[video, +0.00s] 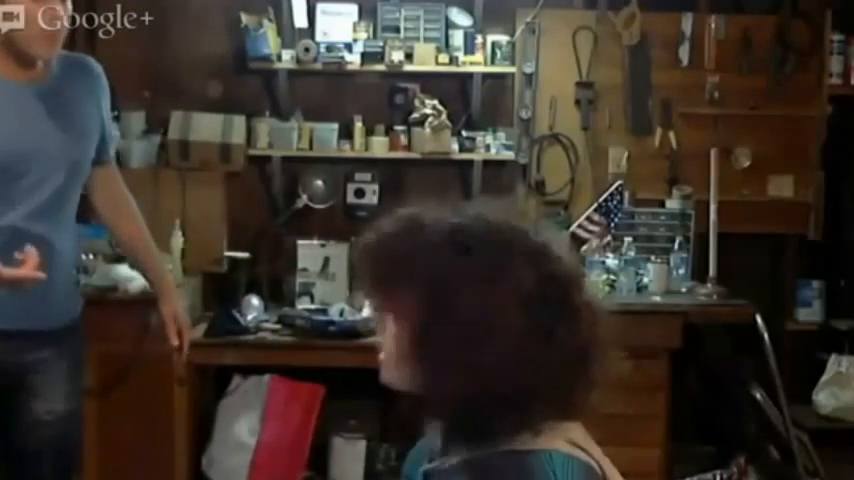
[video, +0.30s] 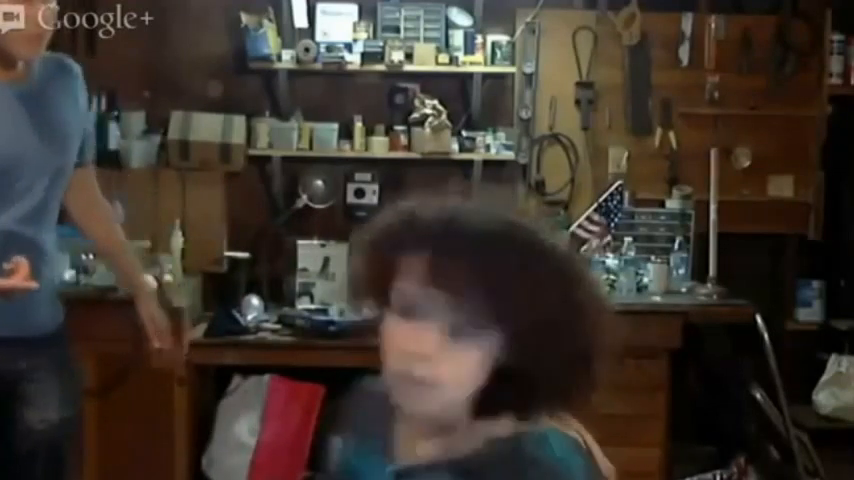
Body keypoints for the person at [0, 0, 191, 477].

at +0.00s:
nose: (57, 13)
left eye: (63, 2)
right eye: (40, 2)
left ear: (72, 9)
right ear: (4, 11)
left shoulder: (85, 77)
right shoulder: (3, 82)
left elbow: (105, 181)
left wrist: (164, 284)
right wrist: (4, 266)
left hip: (54, 329)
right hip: (6, 329)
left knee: (53, 469)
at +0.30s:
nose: (39, 16)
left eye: (46, 3)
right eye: (21, 4)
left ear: (57, 11)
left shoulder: (63, 79)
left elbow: (83, 192)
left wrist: (141, 285)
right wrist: (3, 273)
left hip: (37, 327)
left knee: (48, 462)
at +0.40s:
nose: (13, 16)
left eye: (20, 9)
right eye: (6, 9)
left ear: (29, 14)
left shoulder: (30, 73)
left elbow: (41, 177)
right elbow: (43, 179)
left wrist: (105, 283)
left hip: (10, 330)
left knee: (29, 459)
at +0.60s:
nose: (11, 13)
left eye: (14, 7)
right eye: (6, 7)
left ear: (20, 14)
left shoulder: (20, 71)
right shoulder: (20, 73)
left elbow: (33, 181)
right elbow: (35, 183)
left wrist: (94, 286)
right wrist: (94, 288)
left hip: (7, 330)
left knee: (25, 458)